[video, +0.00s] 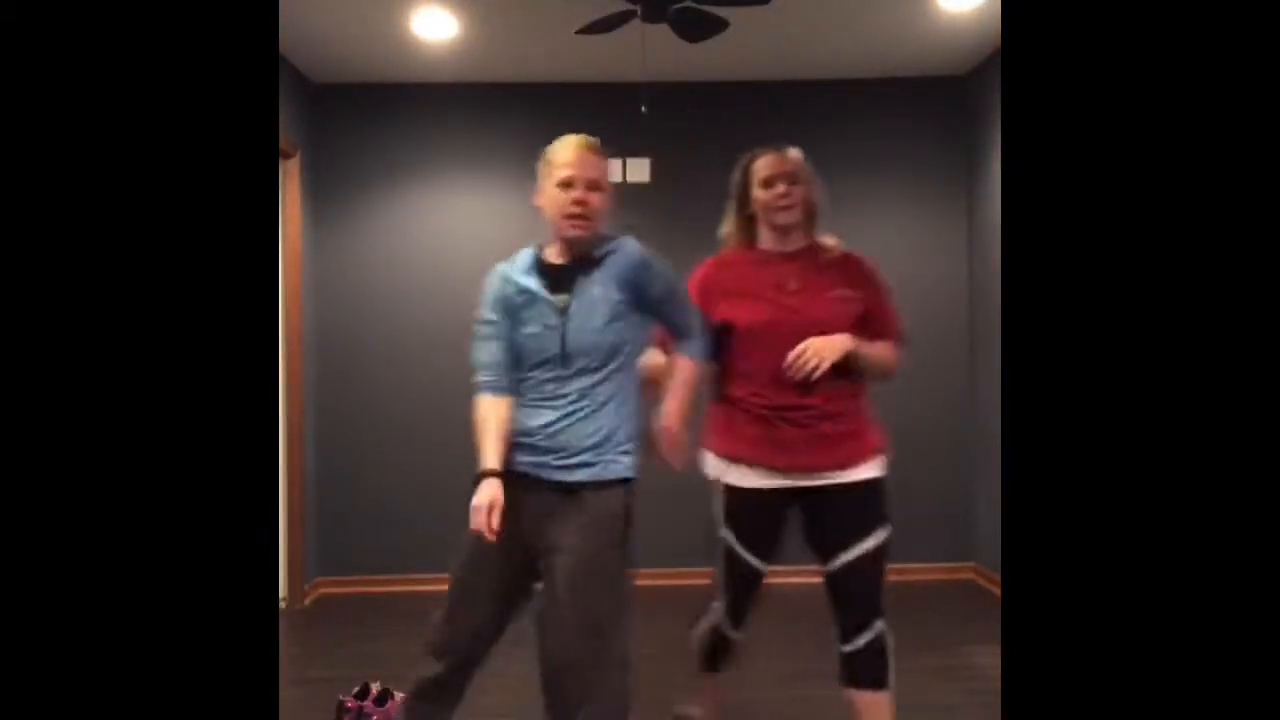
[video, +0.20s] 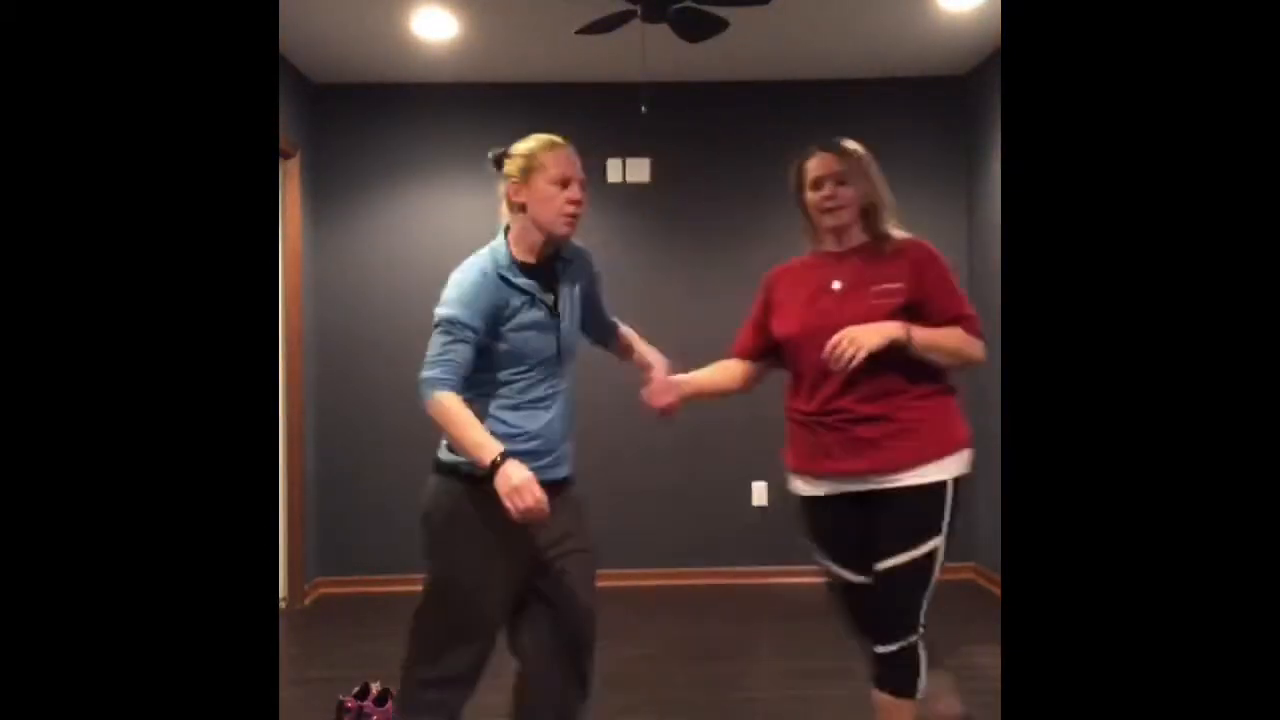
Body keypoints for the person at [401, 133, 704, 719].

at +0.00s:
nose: (581, 199)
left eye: (594, 188)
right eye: (567, 186)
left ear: (610, 199)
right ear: (540, 196)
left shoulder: (631, 268)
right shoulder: (508, 281)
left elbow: (691, 334)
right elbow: (493, 384)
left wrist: (673, 413)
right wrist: (490, 473)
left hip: (597, 488)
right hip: (517, 484)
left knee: (582, 647)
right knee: (459, 635)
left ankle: (588, 716)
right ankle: (418, 710)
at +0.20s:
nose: (578, 198)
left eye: (581, 186)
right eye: (563, 185)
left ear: (583, 192)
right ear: (517, 196)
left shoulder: (576, 266)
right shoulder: (476, 282)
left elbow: (599, 326)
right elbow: (439, 391)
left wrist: (648, 356)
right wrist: (499, 462)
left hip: (553, 497)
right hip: (475, 499)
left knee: (562, 656)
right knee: (445, 665)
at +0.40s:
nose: (587, 198)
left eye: (587, 186)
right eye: (572, 186)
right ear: (528, 199)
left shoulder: (568, 266)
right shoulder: (501, 281)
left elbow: (623, 320)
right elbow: (447, 385)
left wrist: (699, 313)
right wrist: (525, 449)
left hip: (540, 475)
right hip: (498, 478)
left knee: (555, 641)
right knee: (531, 646)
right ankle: (468, 711)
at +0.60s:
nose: (629, 191)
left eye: (624, 180)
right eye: (614, 181)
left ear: (593, 197)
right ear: (576, 198)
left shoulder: (619, 260)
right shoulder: (551, 281)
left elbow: (704, 264)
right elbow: (513, 383)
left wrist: (749, 240)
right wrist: (591, 422)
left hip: (588, 467)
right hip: (563, 472)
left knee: (556, 627)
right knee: (639, 610)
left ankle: (520, 712)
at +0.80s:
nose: (682, 198)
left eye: (676, 187)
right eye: (668, 188)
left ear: (640, 203)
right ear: (633, 203)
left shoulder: (666, 260)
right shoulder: (603, 293)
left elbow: (741, 220)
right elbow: (596, 398)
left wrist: (783, 145)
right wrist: (688, 402)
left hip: (678, 460)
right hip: (637, 468)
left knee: (714, 599)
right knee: (692, 611)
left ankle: (613, 706)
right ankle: (681, 711)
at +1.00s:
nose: (722, 197)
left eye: (718, 186)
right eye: (708, 188)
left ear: (684, 201)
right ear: (670, 202)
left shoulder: (723, 253)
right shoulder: (640, 292)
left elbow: (786, 204)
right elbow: (644, 392)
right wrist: (724, 386)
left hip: (750, 458)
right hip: (687, 465)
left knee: (787, 616)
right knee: (691, 621)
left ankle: (781, 711)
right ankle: (690, 710)